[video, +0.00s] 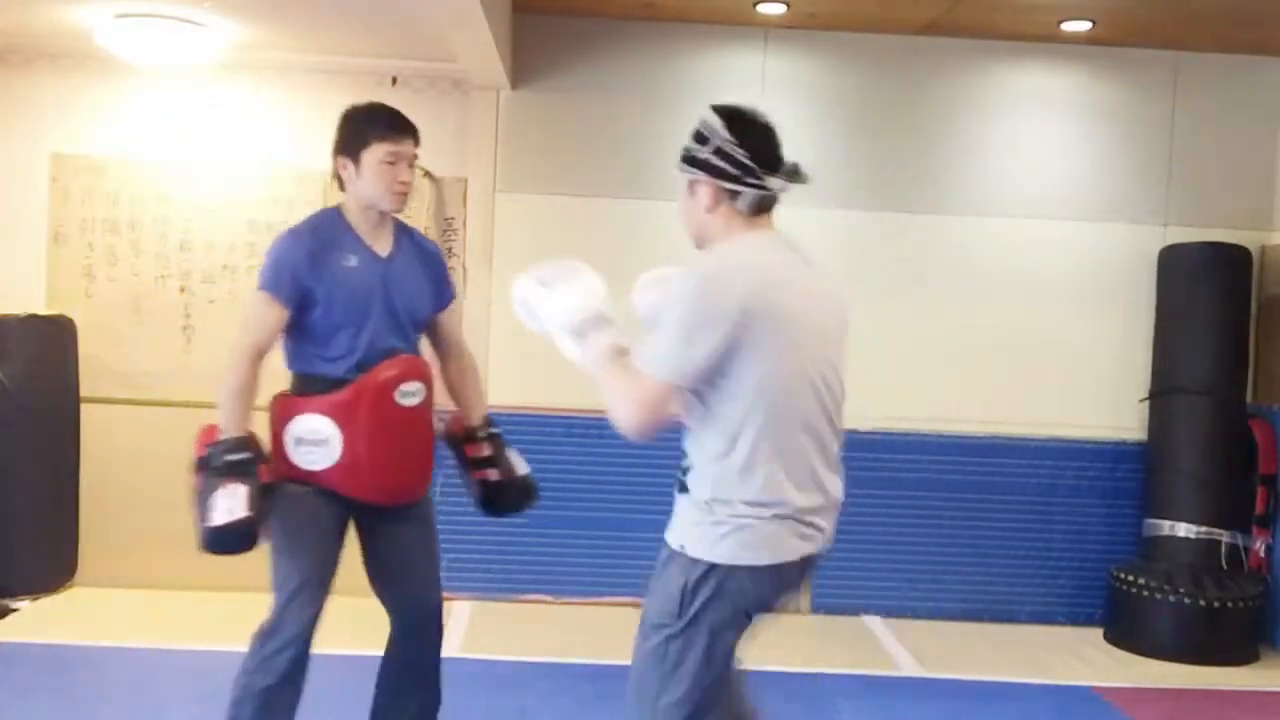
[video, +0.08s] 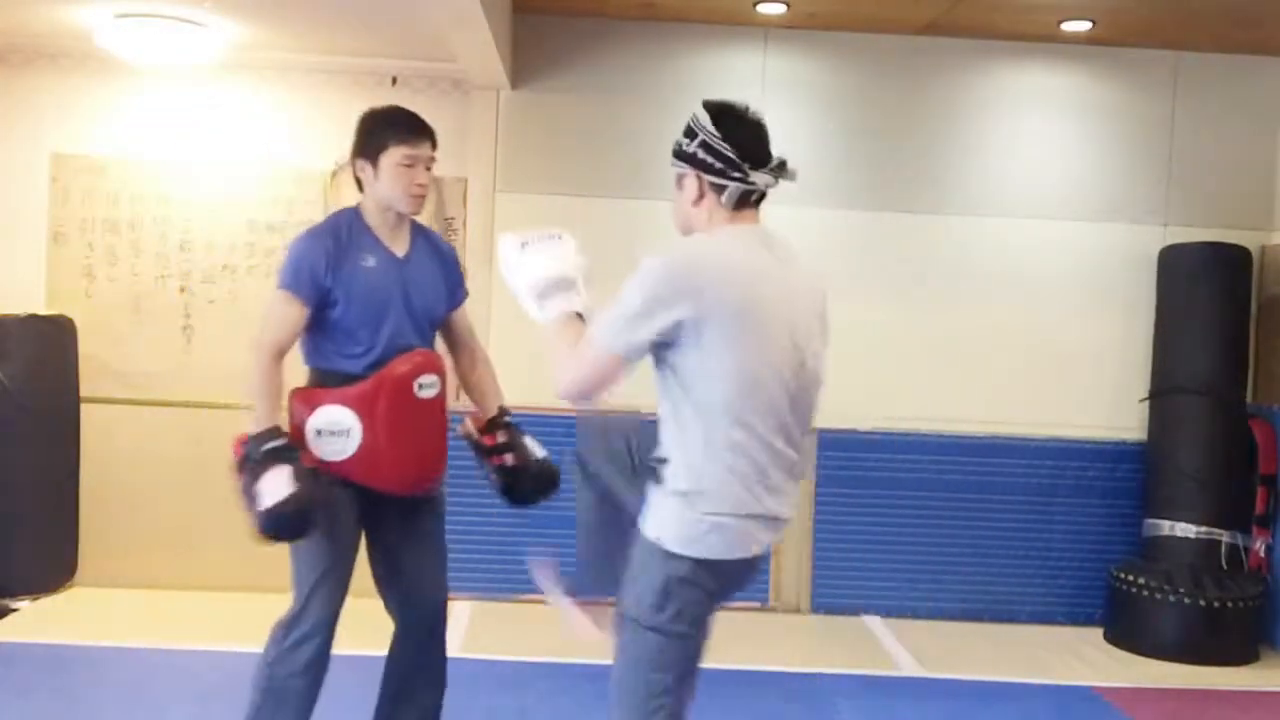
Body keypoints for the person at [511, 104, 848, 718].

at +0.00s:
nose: (682, 203)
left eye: (684, 187)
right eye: (682, 187)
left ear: (706, 191)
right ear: (763, 194)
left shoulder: (723, 278)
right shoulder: (809, 277)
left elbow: (638, 416)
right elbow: (755, 402)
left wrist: (592, 332)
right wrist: (685, 318)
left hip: (726, 541)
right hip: (795, 533)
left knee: (662, 698)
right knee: (703, 673)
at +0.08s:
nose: (674, 196)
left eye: (676, 181)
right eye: (675, 181)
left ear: (695, 186)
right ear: (755, 189)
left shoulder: (684, 267)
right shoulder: (797, 273)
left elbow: (574, 384)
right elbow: (781, 400)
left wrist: (557, 300)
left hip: (698, 526)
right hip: (762, 512)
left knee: (645, 704)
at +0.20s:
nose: (670, 193)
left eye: (673, 177)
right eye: (672, 177)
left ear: (689, 183)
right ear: (751, 191)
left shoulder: (674, 269)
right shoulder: (787, 272)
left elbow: (552, 371)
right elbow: (808, 374)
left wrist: (548, 289)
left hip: (653, 524)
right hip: (707, 512)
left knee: (626, 704)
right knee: (552, 404)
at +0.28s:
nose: (660, 203)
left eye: (662, 187)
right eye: (664, 187)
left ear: (678, 195)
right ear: (740, 201)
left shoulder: (666, 286)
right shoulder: (778, 286)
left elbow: (551, 381)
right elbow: (833, 383)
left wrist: (549, 302)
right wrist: (782, 325)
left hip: (635, 535)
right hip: (694, 531)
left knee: (611, 708)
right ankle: (473, 456)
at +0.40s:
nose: (641, 208)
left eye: (644, 193)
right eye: (645, 193)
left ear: (658, 199)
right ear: (721, 204)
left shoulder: (638, 291)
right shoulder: (763, 299)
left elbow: (555, 418)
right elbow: (807, 416)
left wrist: (529, 336)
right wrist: (752, 366)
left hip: (623, 539)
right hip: (698, 539)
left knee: (612, 702)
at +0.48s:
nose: (634, 207)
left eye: (636, 192)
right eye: (636, 192)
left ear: (650, 199)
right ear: (713, 203)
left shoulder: (625, 289)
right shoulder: (758, 298)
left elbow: (557, 418)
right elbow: (780, 418)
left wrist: (529, 347)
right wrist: (710, 377)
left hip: (618, 537)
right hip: (699, 533)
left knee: (615, 702)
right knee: (641, 616)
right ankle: (658, 707)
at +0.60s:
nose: (626, 208)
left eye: (629, 196)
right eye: (630, 196)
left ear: (642, 204)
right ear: (704, 212)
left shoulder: (602, 289)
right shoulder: (745, 309)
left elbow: (562, 418)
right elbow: (745, 434)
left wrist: (539, 371)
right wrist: (686, 391)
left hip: (607, 536)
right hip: (701, 536)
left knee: (571, 698)